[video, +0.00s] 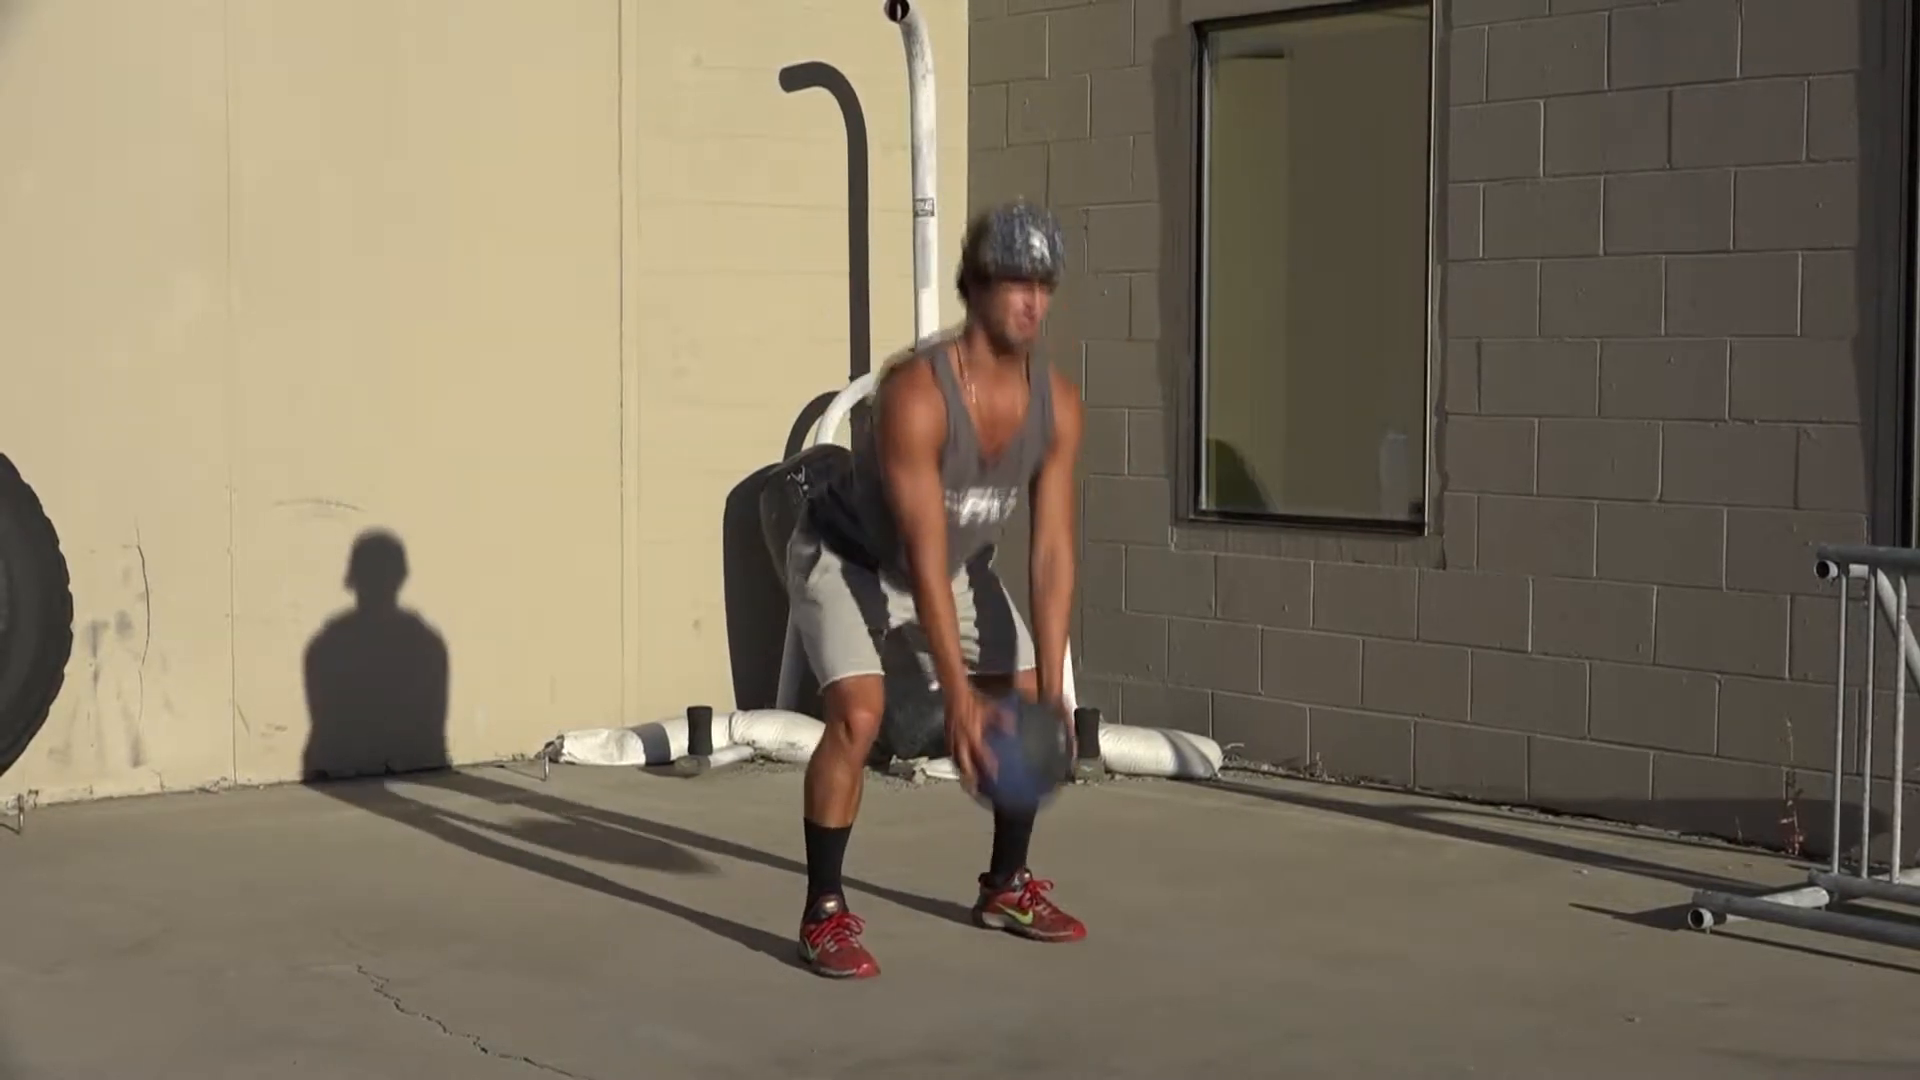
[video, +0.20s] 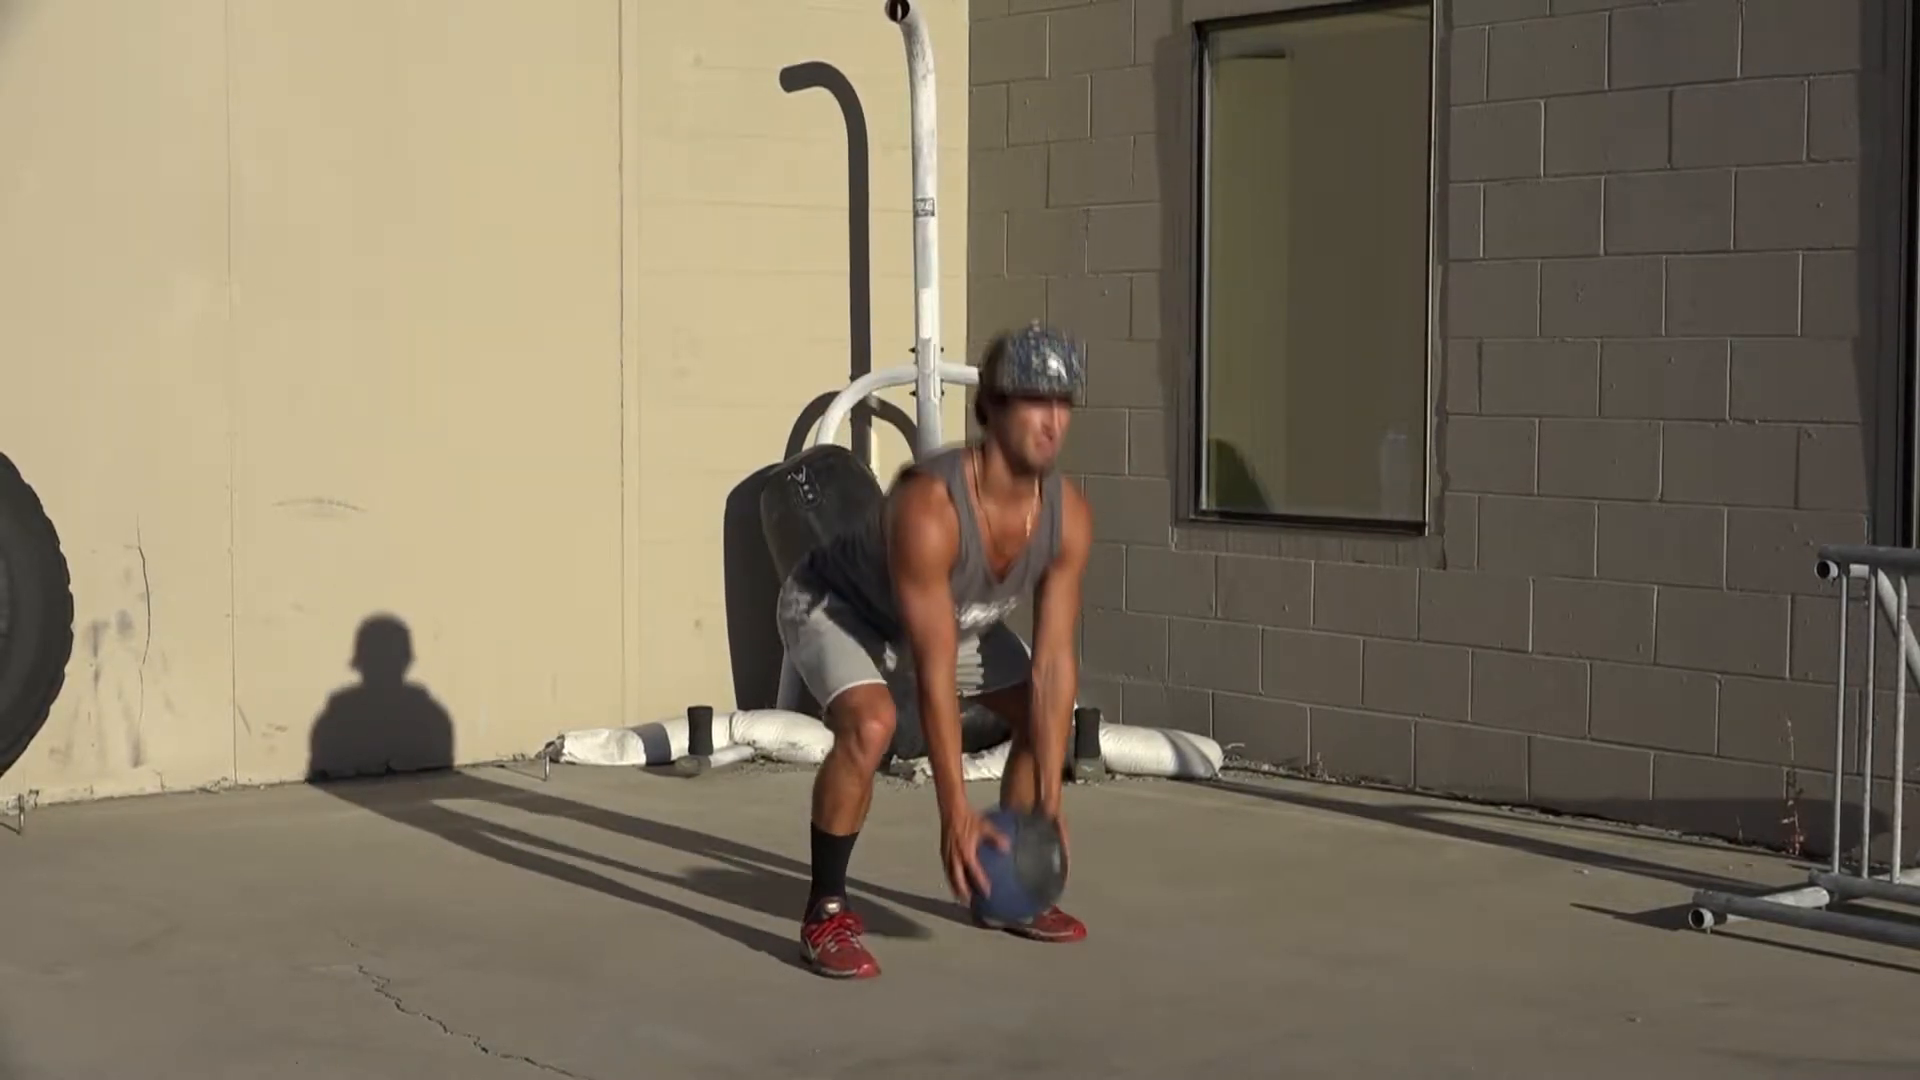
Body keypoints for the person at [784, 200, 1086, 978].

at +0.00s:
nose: (1031, 302)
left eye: (1043, 286)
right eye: (1014, 283)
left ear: (1054, 295)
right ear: (973, 287)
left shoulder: (1056, 403)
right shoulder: (916, 393)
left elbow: (1052, 548)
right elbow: (926, 562)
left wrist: (1053, 680)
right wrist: (957, 694)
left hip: (950, 559)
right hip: (846, 551)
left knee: (1031, 694)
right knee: (859, 711)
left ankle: (1006, 882)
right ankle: (824, 912)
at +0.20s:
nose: (1051, 421)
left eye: (1062, 405)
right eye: (1035, 403)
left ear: (1072, 415)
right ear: (991, 409)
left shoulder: (1067, 513)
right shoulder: (929, 505)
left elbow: (1054, 664)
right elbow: (935, 674)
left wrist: (1049, 802)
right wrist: (956, 812)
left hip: (948, 619)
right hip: (839, 605)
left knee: (1046, 715)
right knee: (871, 724)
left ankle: (1007, 887)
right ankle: (826, 913)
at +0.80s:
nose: (1055, 286)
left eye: (1065, 270)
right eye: (1036, 269)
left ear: (1077, 282)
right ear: (995, 279)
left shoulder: (1081, 390)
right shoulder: (945, 382)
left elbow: (1061, 529)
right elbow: (945, 544)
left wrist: (1050, 662)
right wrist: (960, 681)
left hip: (973, 567)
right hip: (867, 553)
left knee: (1049, 711)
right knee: (877, 717)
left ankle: (1009, 885)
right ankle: (829, 911)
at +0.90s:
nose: (1043, 207)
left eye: (1053, 191)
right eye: (1025, 192)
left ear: (1063, 204)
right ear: (984, 202)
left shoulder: (1074, 311)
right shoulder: (939, 304)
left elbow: (1065, 456)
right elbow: (935, 465)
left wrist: (1056, 587)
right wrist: (967, 589)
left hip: (983, 527)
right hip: (880, 521)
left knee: (1033, 688)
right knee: (873, 708)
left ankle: (1008, 883)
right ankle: (828, 909)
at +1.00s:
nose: (1029, 151)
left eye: (1040, 136)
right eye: (1010, 136)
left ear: (1051, 150)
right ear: (971, 147)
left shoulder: (1061, 247)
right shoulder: (927, 234)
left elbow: (1068, 383)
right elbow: (905, 383)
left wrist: (1068, 503)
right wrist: (970, 495)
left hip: (999, 503)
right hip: (901, 496)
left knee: (1006, 690)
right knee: (866, 696)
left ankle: (1010, 880)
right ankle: (829, 906)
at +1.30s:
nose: (1015, 185)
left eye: (1024, 171)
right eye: (995, 171)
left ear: (1038, 188)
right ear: (955, 187)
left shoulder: (1045, 292)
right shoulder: (910, 289)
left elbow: (1111, 438)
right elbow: (874, 435)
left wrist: (1097, 390)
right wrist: (995, 416)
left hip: (978, 546)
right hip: (876, 542)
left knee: (1043, 710)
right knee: (866, 724)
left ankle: (1010, 884)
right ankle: (826, 912)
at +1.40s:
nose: (1016, 285)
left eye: (1024, 270)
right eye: (997, 271)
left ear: (1036, 282)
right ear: (958, 283)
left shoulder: (1039, 386)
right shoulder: (913, 386)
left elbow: (1148, 527)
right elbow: (897, 527)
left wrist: (1120, 456)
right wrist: (1010, 473)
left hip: (966, 604)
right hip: (864, 597)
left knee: (1065, 721)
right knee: (866, 731)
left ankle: (1010, 884)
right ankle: (827, 912)